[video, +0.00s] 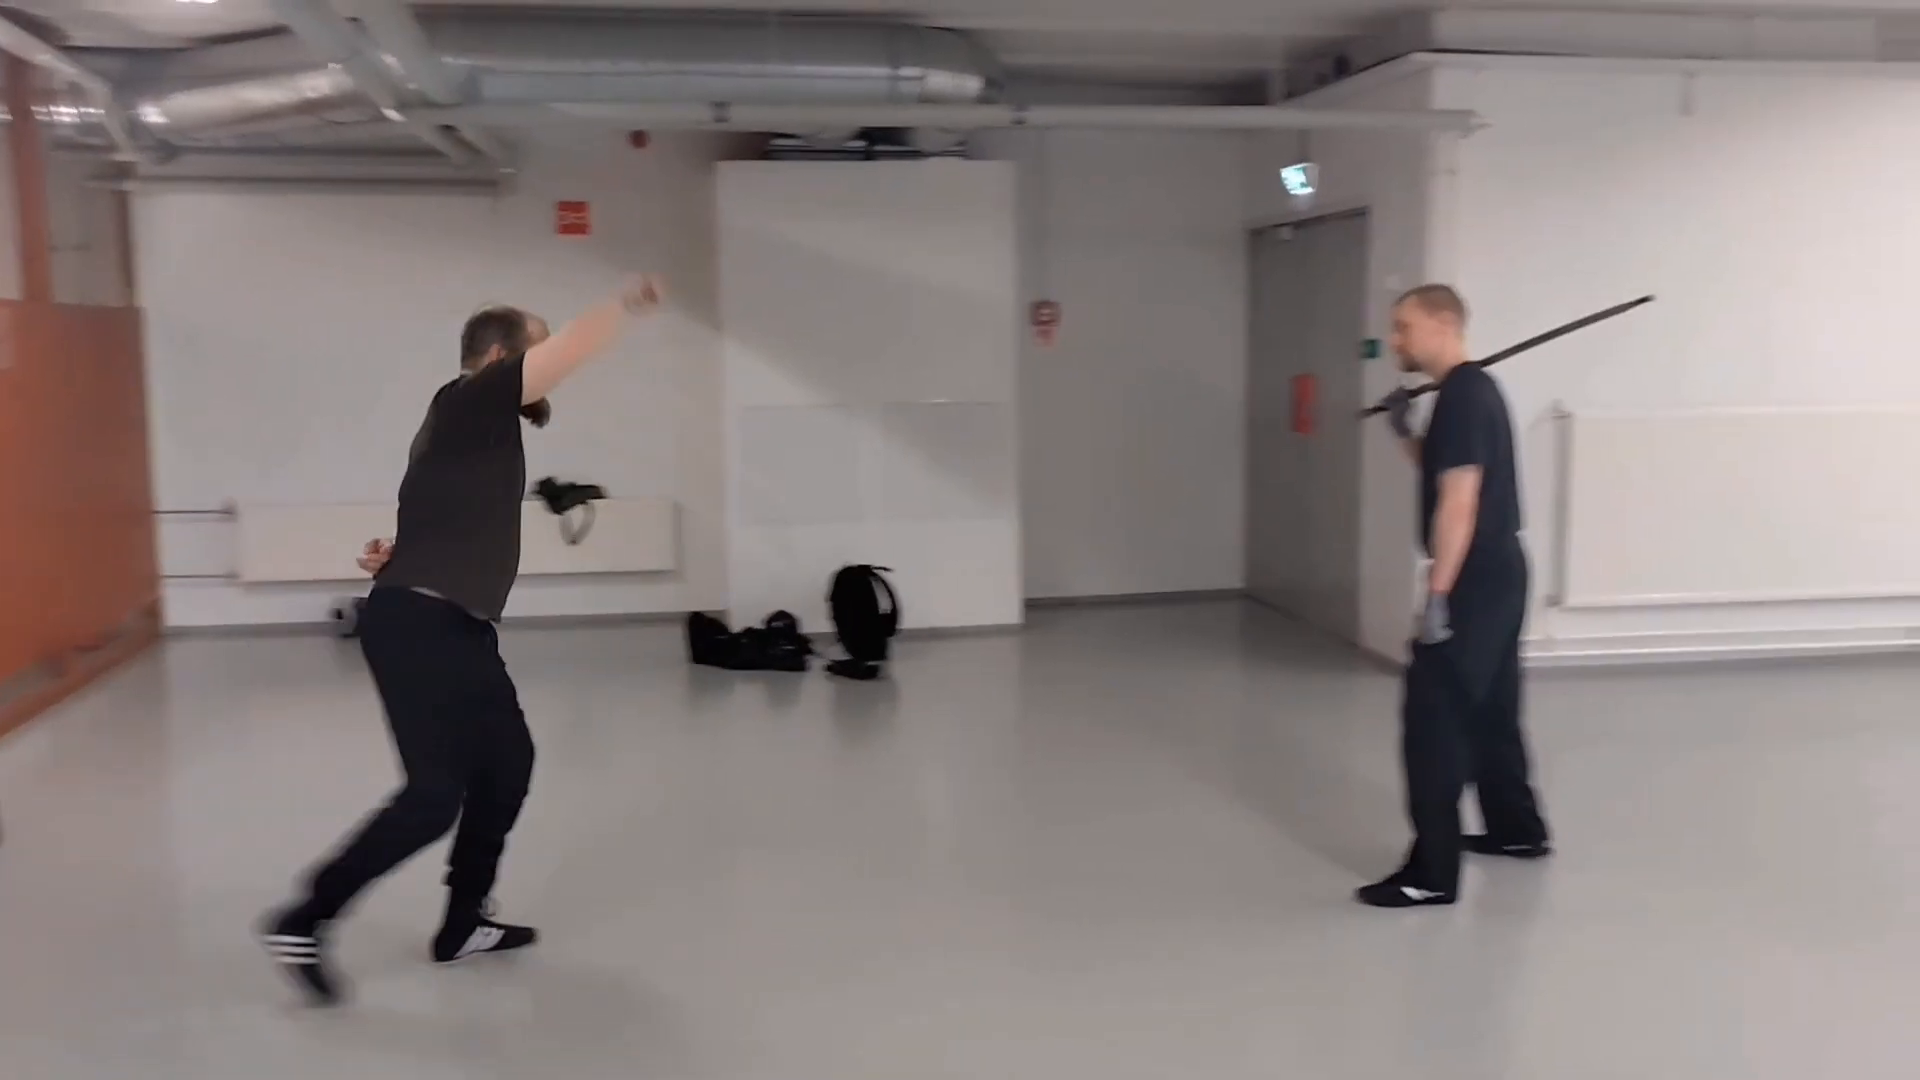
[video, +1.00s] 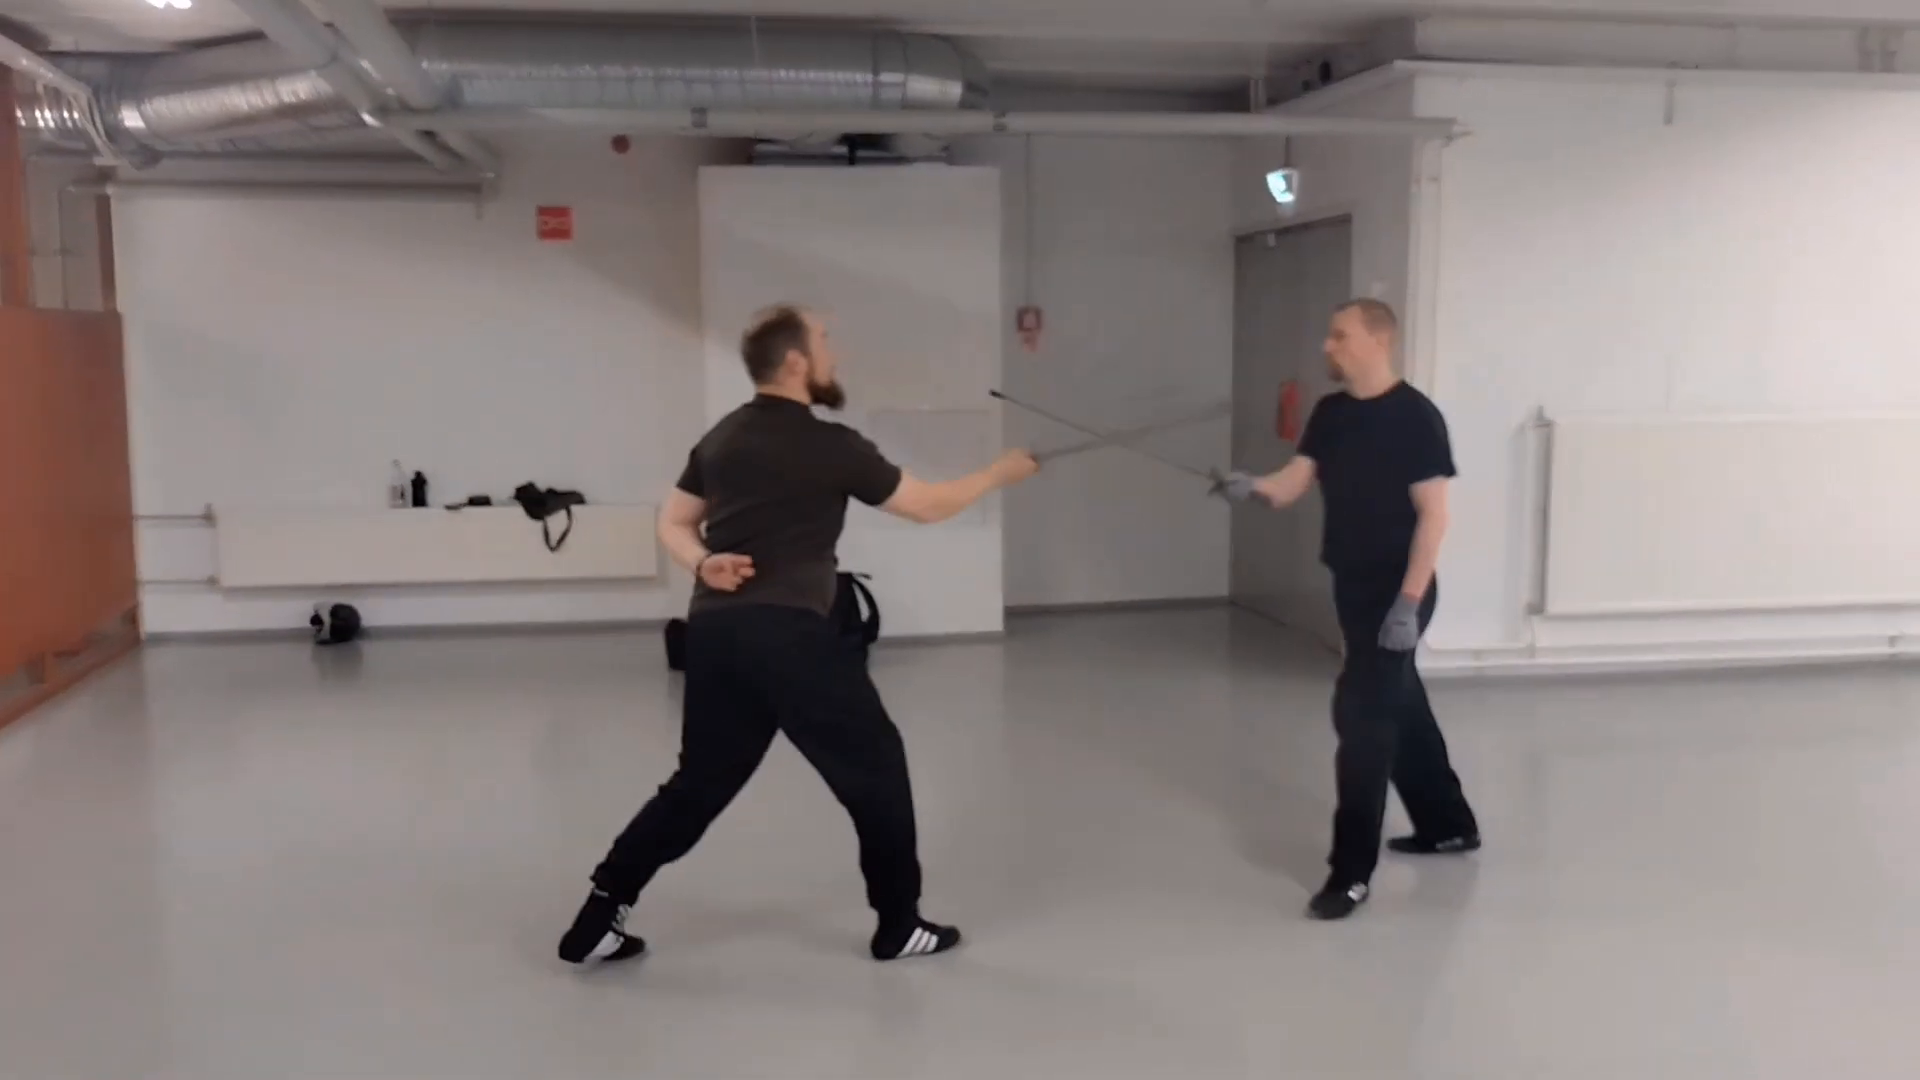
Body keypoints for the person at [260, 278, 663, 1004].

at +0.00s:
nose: (548, 368)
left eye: (548, 356)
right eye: (540, 353)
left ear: (487, 357)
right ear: (502, 354)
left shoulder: (483, 426)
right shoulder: (471, 399)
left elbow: (464, 529)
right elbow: (564, 354)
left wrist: (403, 555)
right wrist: (624, 304)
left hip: (458, 628)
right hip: (412, 621)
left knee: (507, 761)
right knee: (438, 790)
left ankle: (463, 923)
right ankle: (300, 922)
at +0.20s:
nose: (603, 362)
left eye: (600, 349)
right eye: (594, 349)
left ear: (539, 356)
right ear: (557, 352)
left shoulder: (495, 423)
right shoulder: (564, 403)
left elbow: (452, 510)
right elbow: (659, 346)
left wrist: (450, 544)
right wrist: (664, 258)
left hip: (471, 620)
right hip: (520, 621)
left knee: (505, 777)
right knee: (611, 761)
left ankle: (449, 931)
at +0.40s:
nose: (685, 374)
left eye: (682, 362)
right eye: (677, 362)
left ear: (624, 373)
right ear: (641, 370)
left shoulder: (572, 448)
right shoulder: (668, 436)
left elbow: (522, 537)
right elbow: (787, 424)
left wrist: (556, 574)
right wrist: (802, 327)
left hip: (576, 646)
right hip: (651, 646)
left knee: (541, 791)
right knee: (743, 775)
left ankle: (452, 931)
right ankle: (846, 908)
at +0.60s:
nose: (796, 383)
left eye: (792, 369)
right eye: (789, 370)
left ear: (726, 384)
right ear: (766, 380)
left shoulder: (679, 453)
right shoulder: (794, 455)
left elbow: (624, 542)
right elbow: (909, 465)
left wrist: (673, 580)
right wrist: (960, 390)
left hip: (677, 656)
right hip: (763, 651)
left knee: (638, 790)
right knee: (853, 765)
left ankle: (544, 924)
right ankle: (894, 920)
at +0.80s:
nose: (844, 353)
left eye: (840, 341)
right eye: (837, 343)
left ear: (778, 364)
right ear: (811, 358)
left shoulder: (726, 431)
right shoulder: (844, 436)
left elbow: (669, 516)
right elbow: (948, 458)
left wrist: (710, 558)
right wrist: (1019, 424)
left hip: (715, 636)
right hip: (802, 635)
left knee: (688, 778)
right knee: (874, 769)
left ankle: (609, 922)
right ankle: (902, 923)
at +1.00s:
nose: (832, 354)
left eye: (826, 341)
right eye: (823, 343)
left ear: (769, 366)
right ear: (796, 361)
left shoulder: (722, 438)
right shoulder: (827, 441)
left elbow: (673, 524)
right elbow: (928, 504)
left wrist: (701, 561)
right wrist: (999, 473)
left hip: (715, 636)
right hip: (794, 634)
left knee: (702, 780)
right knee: (875, 765)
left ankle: (596, 916)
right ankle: (899, 925)